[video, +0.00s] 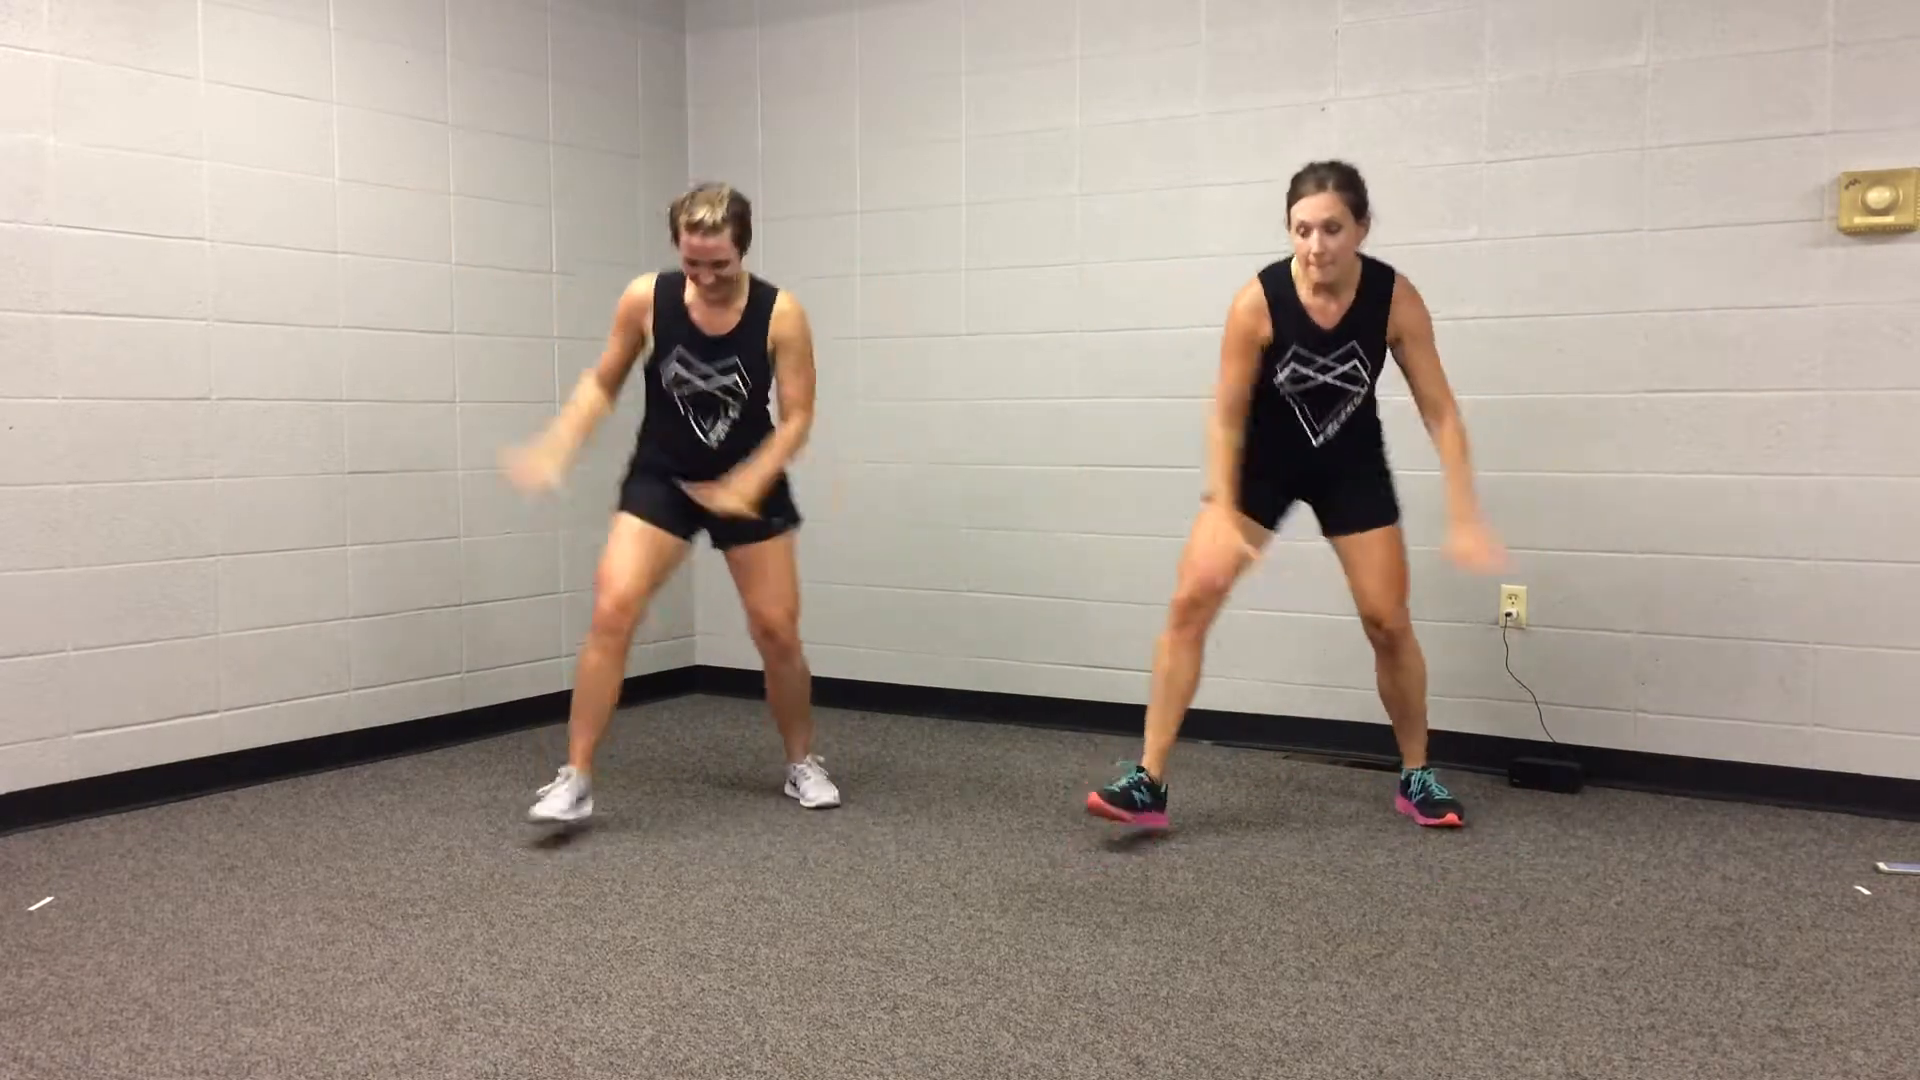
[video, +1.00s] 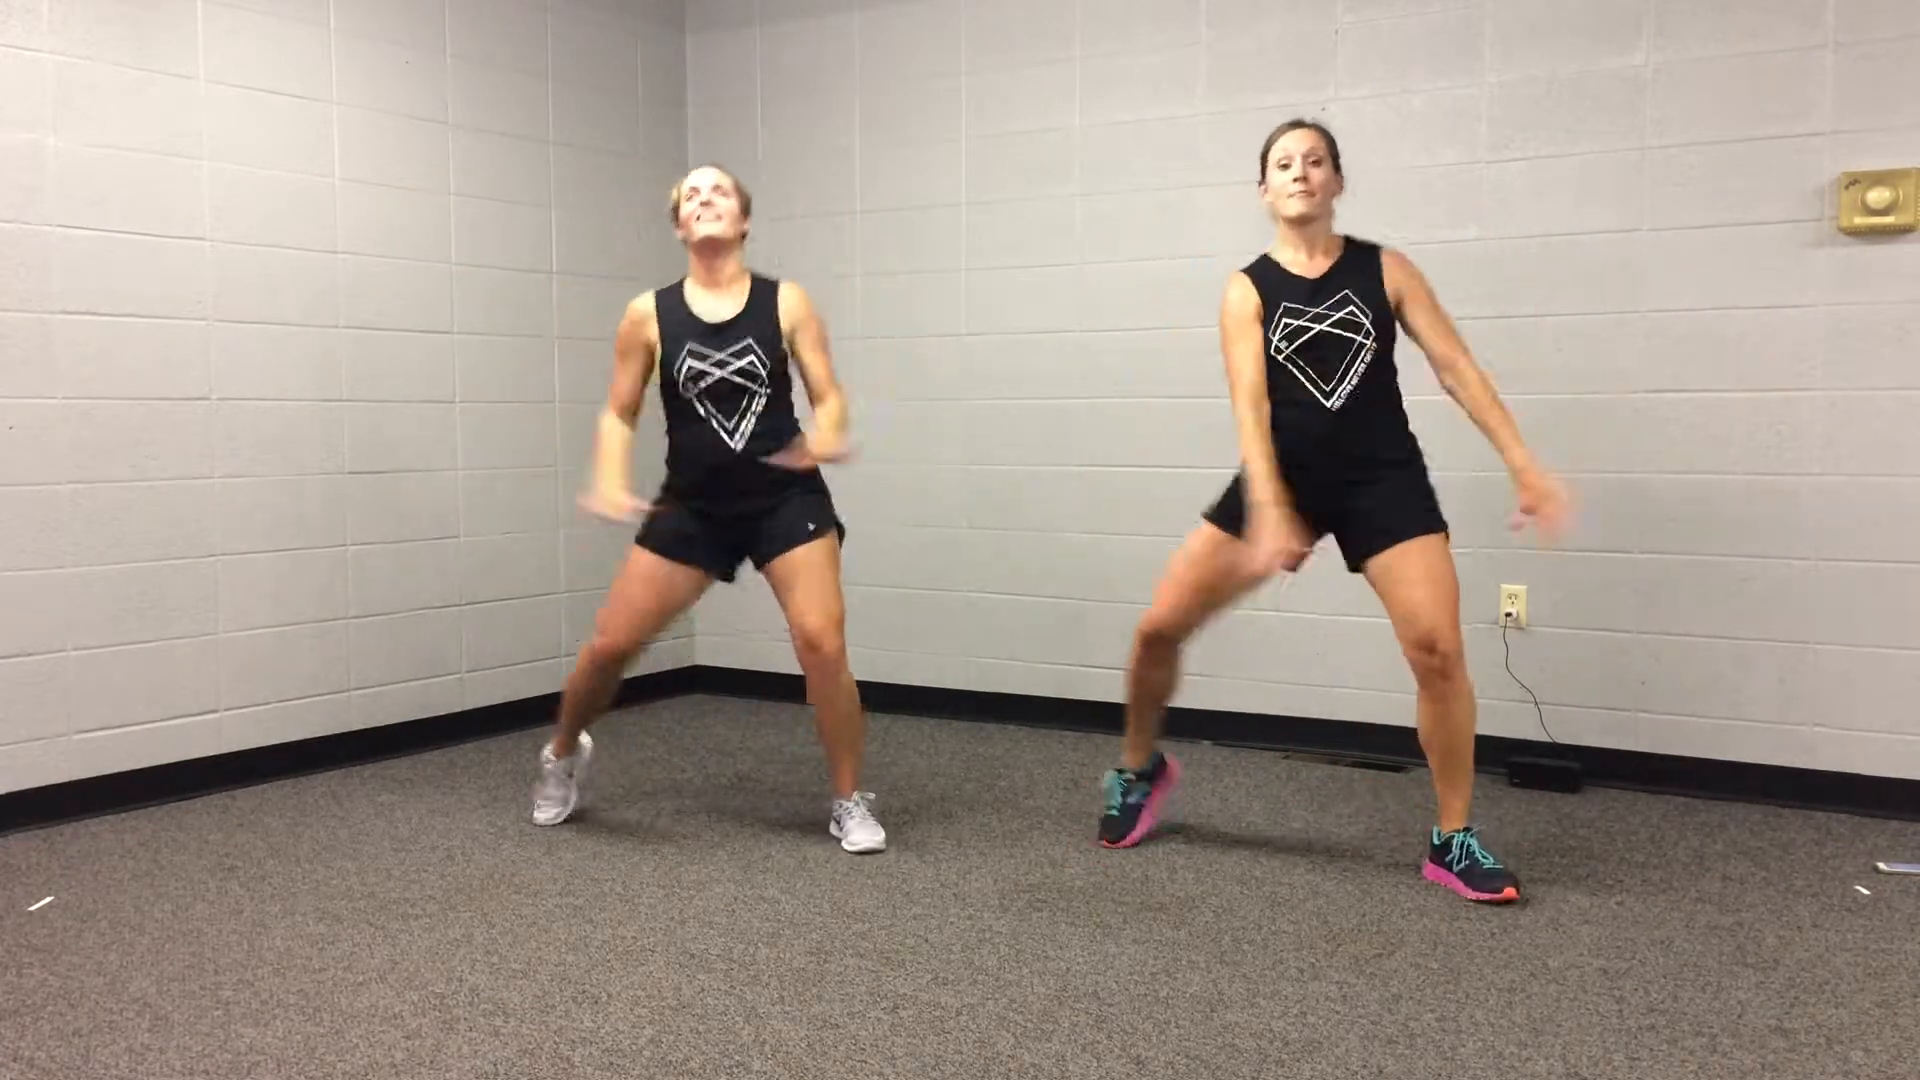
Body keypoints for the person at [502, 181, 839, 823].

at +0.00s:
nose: (703, 277)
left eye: (717, 265)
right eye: (692, 264)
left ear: (744, 250)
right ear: (677, 250)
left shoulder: (780, 316)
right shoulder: (647, 300)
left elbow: (798, 416)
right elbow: (603, 383)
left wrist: (747, 482)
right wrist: (555, 449)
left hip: (749, 479)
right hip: (663, 476)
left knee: (777, 628)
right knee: (612, 610)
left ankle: (803, 762)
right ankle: (576, 776)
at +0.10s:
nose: (699, 255)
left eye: (712, 243)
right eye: (689, 242)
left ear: (741, 232)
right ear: (676, 232)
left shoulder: (773, 310)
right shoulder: (655, 275)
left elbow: (756, 420)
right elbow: (593, 335)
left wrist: (663, 401)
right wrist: (515, 327)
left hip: (717, 471)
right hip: (635, 457)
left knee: (755, 625)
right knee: (588, 602)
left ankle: (799, 761)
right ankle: (574, 757)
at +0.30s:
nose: (675, 268)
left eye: (690, 257)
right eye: (665, 257)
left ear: (725, 264)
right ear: (656, 261)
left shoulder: (745, 361)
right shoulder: (635, 316)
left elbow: (703, 466)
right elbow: (572, 384)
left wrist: (638, 398)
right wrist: (533, 319)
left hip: (665, 516)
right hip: (582, 494)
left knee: (727, 662)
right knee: (558, 640)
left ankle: (795, 763)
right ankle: (566, 776)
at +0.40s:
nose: (661, 254)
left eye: (677, 243)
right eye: (651, 242)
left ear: (705, 254)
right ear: (639, 250)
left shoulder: (731, 349)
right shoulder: (602, 327)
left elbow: (737, 455)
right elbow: (556, 415)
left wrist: (680, 503)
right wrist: (487, 462)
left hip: (669, 516)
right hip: (582, 505)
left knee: (734, 660)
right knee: (561, 650)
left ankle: (799, 756)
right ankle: (567, 776)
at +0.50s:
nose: (650, 223)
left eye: (666, 215)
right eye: (640, 212)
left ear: (687, 231)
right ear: (623, 225)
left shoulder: (718, 313)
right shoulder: (582, 313)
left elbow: (762, 400)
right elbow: (558, 413)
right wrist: (575, 486)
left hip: (688, 499)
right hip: (599, 500)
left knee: (760, 623)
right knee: (581, 653)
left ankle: (804, 742)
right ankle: (570, 776)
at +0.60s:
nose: (649, 200)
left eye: (663, 192)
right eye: (637, 189)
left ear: (683, 210)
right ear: (618, 203)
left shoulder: (712, 285)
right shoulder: (584, 297)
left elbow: (777, 353)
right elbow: (580, 400)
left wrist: (859, 343)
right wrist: (671, 400)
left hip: (713, 475)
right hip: (627, 486)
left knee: (784, 606)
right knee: (601, 645)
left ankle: (825, 763)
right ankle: (570, 773)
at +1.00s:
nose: (705, 200)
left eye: (719, 192)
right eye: (692, 195)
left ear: (745, 218)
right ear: (677, 224)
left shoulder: (786, 302)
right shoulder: (649, 314)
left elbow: (828, 396)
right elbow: (619, 412)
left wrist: (823, 439)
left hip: (785, 497)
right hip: (693, 504)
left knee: (822, 642)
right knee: (608, 647)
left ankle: (849, 799)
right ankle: (561, 754)